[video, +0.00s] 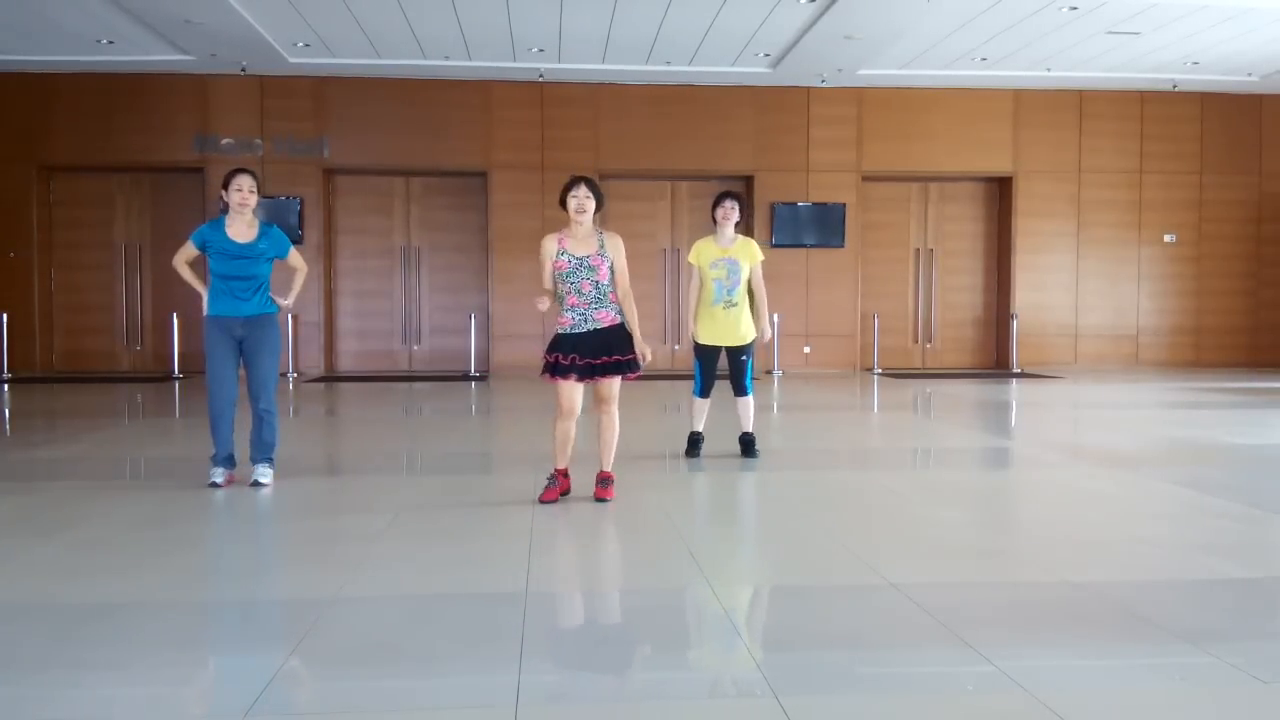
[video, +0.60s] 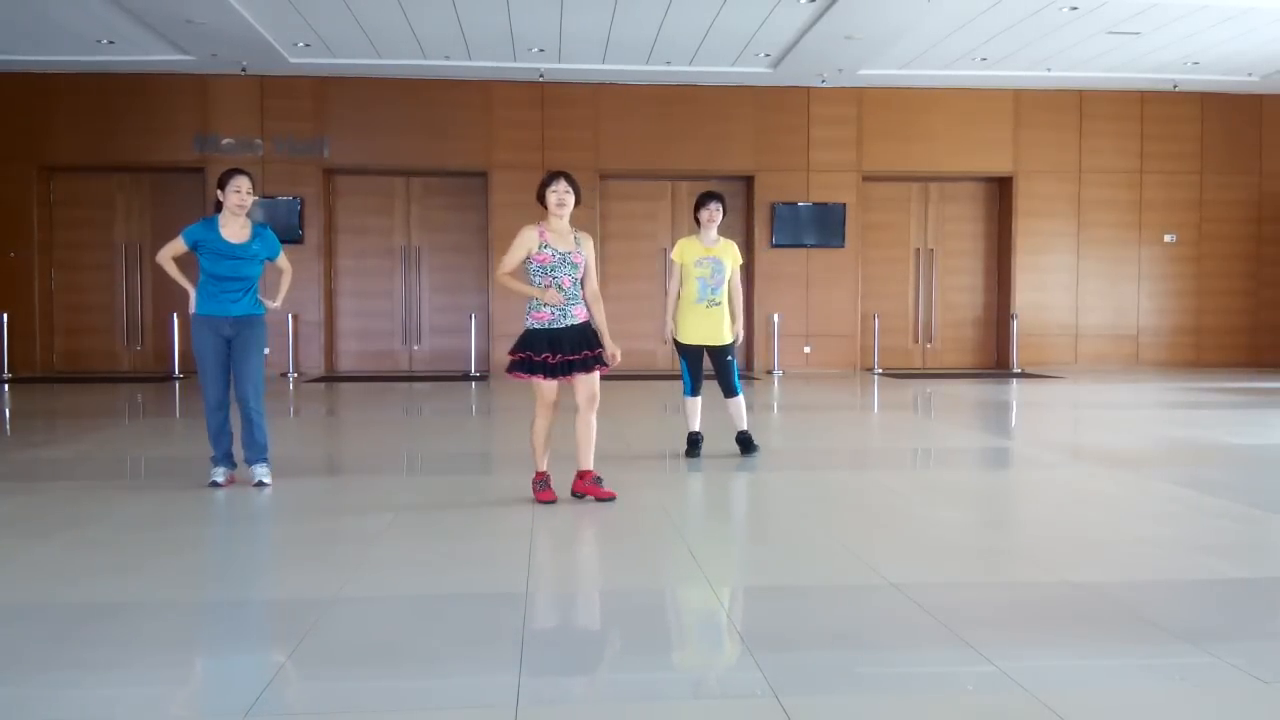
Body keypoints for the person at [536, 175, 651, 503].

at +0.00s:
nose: (581, 202)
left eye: (587, 197)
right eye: (575, 197)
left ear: (597, 204)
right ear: (565, 202)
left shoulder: (612, 242)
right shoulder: (551, 244)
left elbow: (624, 292)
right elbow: (549, 292)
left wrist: (637, 337)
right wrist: (547, 300)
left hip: (610, 335)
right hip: (570, 336)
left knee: (607, 405)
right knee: (567, 410)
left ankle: (605, 475)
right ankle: (560, 475)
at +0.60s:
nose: (561, 197)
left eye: (567, 192)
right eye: (554, 192)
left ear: (575, 200)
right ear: (544, 199)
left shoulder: (584, 241)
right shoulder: (531, 235)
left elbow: (592, 292)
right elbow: (502, 275)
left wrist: (606, 339)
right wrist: (538, 292)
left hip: (580, 329)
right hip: (544, 331)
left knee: (589, 400)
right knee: (547, 402)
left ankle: (586, 476)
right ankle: (541, 476)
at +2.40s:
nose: (565, 198)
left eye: (570, 193)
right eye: (558, 193)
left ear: (579, 200)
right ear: (547, 200)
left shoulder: (588, 243)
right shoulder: (535, 235)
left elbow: (595, 297)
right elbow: (505, 275)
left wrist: (608, 342)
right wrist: (498, 324)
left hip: (581, 332)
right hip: (543, 333)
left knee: (593, 400)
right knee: (545, 402)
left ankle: (590, 476)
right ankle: (541, 477)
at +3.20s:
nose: (579, 199)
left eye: (586, 194)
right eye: (573, 194)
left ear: (596, 200)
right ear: (564, 200)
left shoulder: (613, 238)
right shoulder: (554, 240)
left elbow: (624, 291)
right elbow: (549, 293)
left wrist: (627, 336)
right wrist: (532, 335)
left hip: (601, 334)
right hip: (560, 332)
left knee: (598, 406)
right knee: (556, 402)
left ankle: (604, 476)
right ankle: (554, 476)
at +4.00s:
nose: (575, 200)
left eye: (581, 195)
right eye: (568, 195)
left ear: (590, 201)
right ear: (558, 201)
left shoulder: (598, 243)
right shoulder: (545, 237)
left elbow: (609, 297)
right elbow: (508, 269)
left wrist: (624, 343)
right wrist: (536, 301)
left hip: (596, 333)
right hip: (559, 335)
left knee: (598, 405)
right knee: (565, 406)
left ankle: (596, 476)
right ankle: (549, 477)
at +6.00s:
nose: (565, 200)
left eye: (570, 196)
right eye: (558, 196)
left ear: (580, 203)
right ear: (548, 203)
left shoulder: (590, 245)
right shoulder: (534, 237)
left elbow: (598, 298)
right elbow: (494, 264)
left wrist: (605, 343)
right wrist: (526, 285)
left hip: (574, 333)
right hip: (537, 332)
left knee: (589, 405)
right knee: (541, 404)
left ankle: (597, 477)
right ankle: (544, 477)